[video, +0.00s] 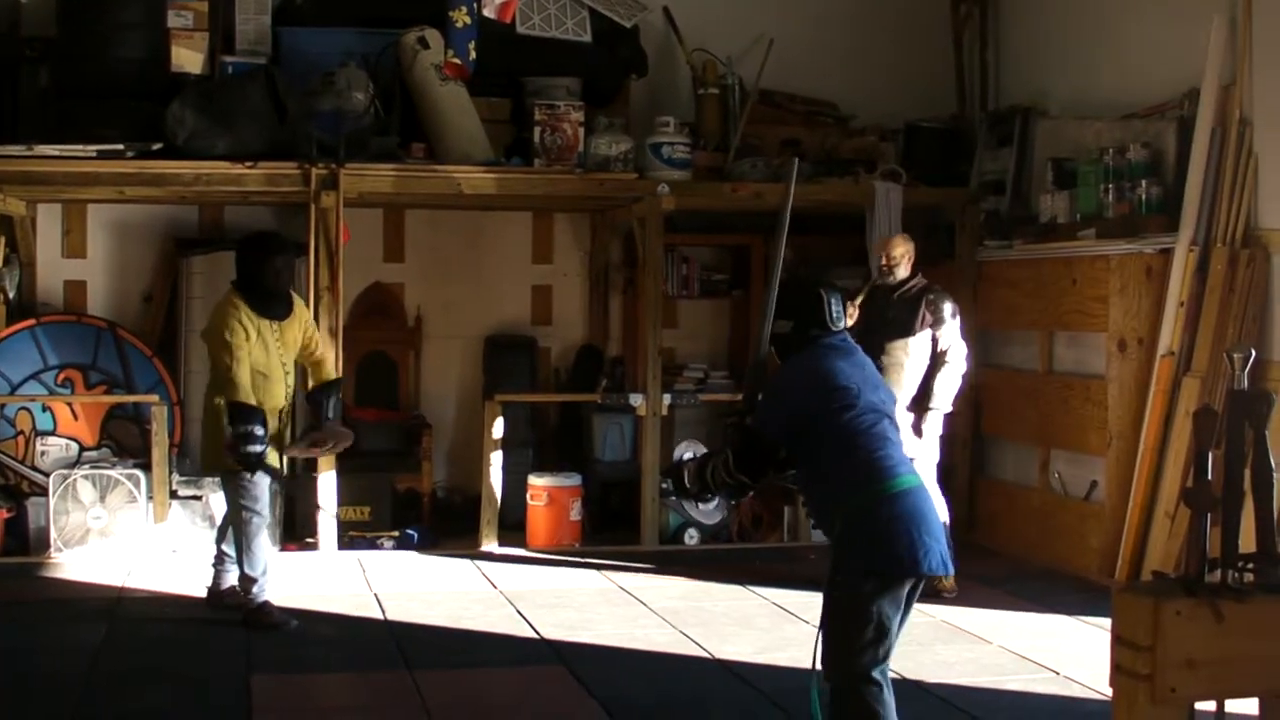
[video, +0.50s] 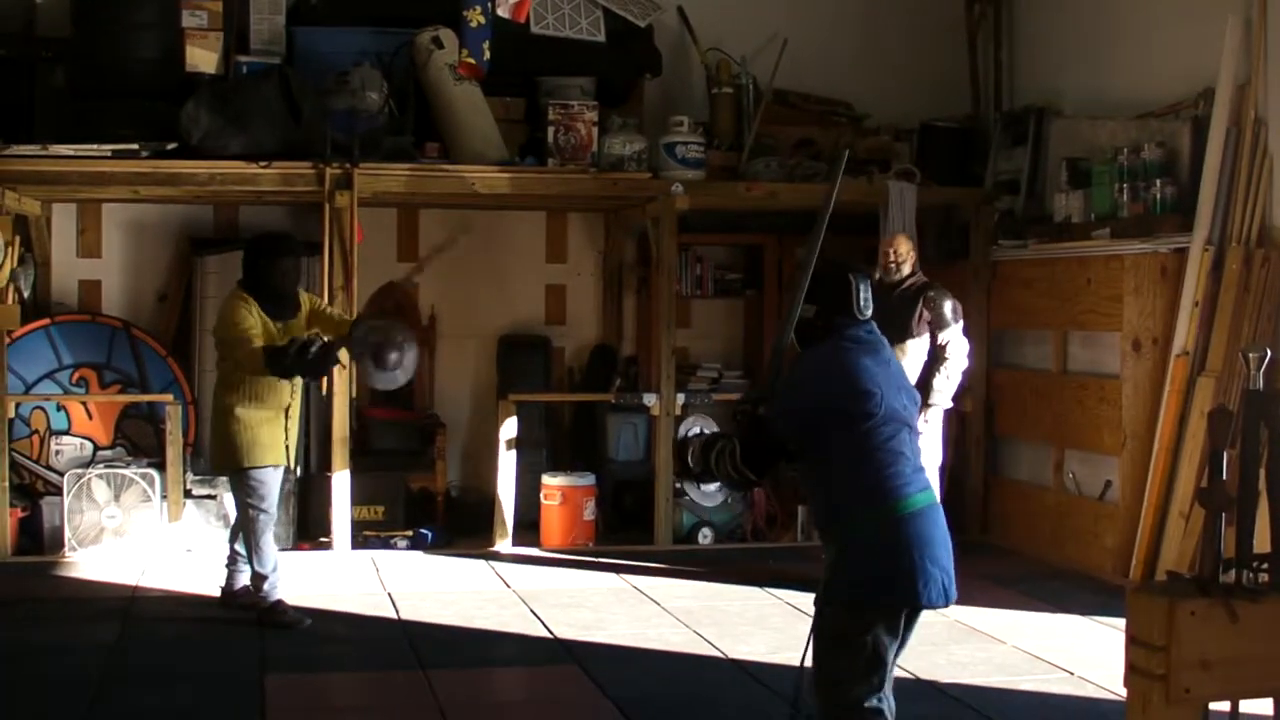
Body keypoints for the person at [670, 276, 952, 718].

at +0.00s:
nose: (773, 335)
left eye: (778, 325)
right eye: (775, 325)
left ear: (790, 326)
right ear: (830, 321)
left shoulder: (803, 373)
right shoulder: (858, 364)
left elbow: (747, 462)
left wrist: (691, 477)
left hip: (879, 535)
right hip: (914, 528)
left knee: (854, 674)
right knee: (866, 668)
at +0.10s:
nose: (782, 332)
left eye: (787, 321)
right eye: (784, 321)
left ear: (798, 326)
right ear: (843, 321)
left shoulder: (810, 378)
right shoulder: (866, 367)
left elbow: (751, 464)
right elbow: (832, 458)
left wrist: (693, 470)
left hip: (880, 541)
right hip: (917, 532)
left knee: (850, 685)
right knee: (869, 680)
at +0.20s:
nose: (795, 334)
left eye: (801, 323)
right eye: (798, 322)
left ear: (811, 329)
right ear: (857, 324)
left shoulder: (820, 381)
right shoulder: (881, 373)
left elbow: (763, 464)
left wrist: (709, 469)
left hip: (882, 547)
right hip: (924, 539)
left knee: (844, 691)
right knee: (878, 689)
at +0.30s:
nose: (798, 327)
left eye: (805, 317)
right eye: (802, 316)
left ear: (815, 322)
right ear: (860, 318)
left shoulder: (819, 377)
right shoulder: (884, 370)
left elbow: (762, 463)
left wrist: (710, 469)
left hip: (877, 556)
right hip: (924, 547)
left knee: (840, 696)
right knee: (882, 695)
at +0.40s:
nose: (799, 326)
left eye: (805, 315)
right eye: (802, 315)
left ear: (816, 318)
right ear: (860, 314)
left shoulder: (822, 371)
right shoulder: (884, 363)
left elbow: (764, 458)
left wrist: (712, 462)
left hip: (878, 558)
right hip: (925, 549)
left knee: (844, 698)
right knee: (881, 694)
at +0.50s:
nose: (795, 319)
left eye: (801, 307)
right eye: (798, 307)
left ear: (813, 312)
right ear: (858, 307)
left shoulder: (820, 369)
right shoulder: (881, 359)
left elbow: (755, 457)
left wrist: (696, 452)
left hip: (881, 555)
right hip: (918, 545)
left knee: (850, 696)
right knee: (862, 689)